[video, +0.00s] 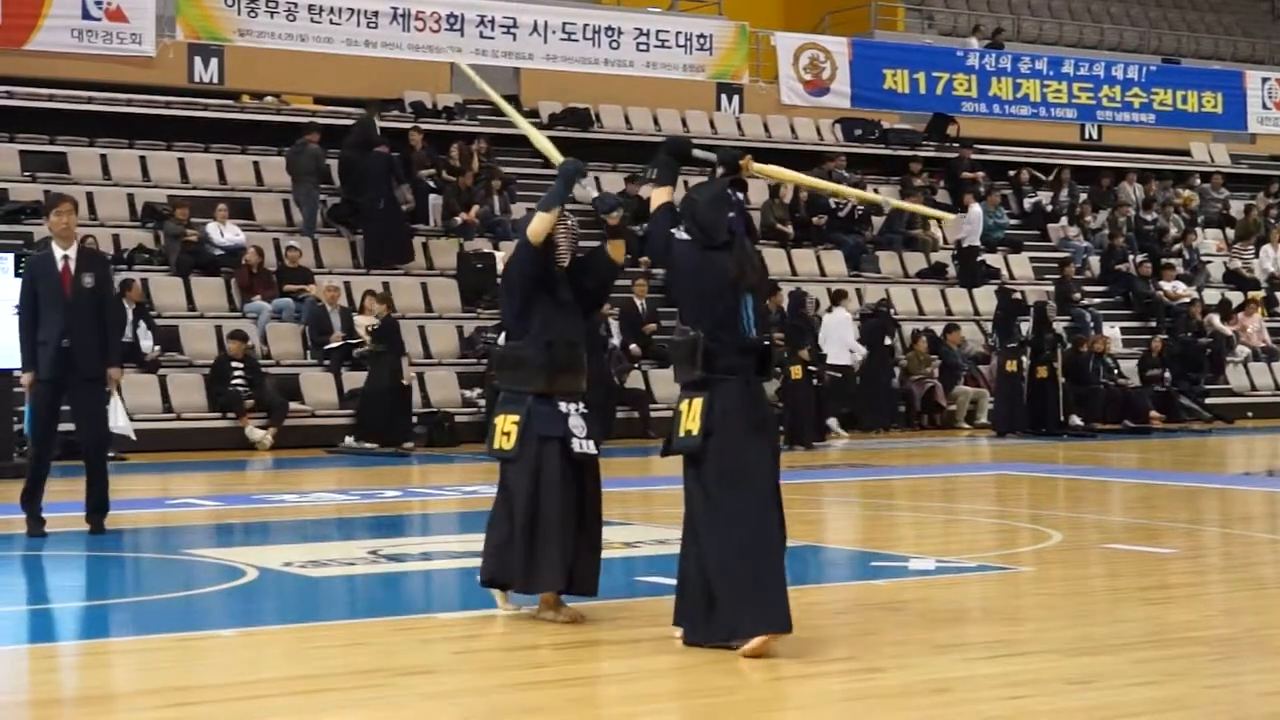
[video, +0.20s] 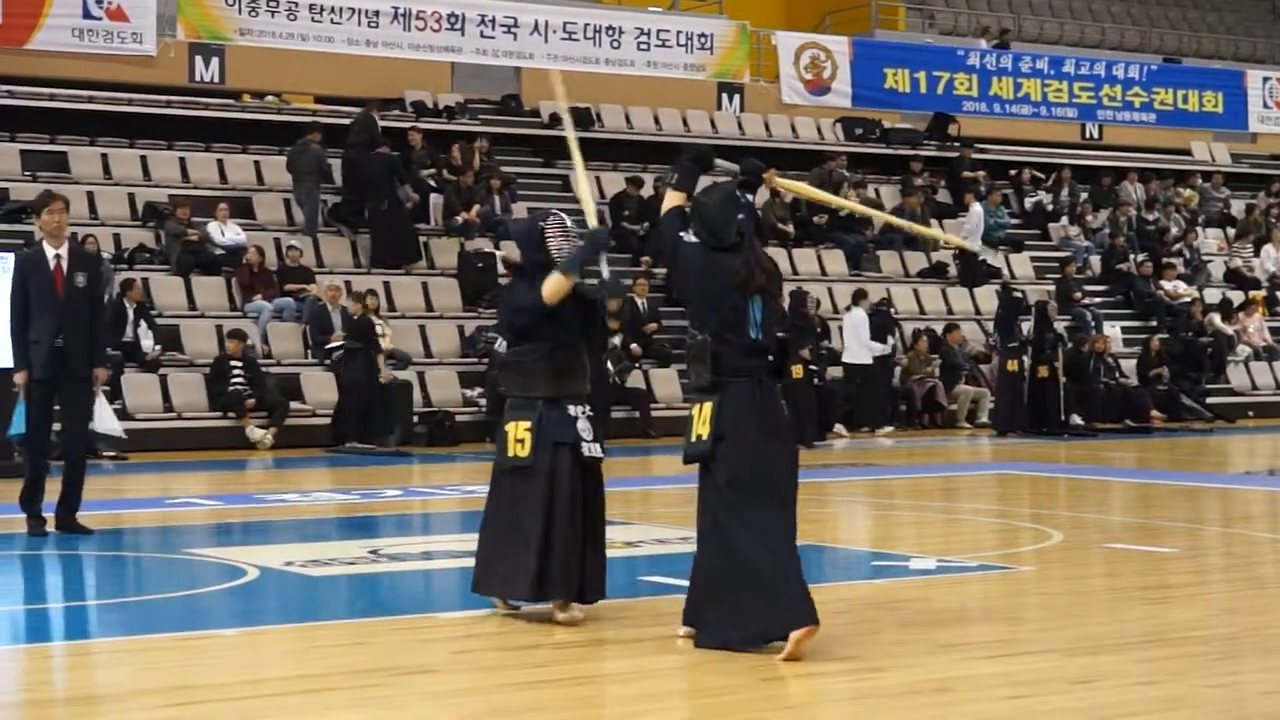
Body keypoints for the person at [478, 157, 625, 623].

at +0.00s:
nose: (565, 238)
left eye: (569, 231)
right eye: (556, 230)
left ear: (575, 239)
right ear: (538, 238)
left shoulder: (580, 280)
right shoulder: (522, 278)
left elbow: (612, 261)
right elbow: (532, 238)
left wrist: (615, 227)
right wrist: (559, 189)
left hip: (573, 400)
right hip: (529, 398)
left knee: (565, 495)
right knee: (529, 489)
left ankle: (552, 596)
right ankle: (499, 568)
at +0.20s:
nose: (567, 248)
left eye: (568, 241)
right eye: (559, 241)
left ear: (567, 248)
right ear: (539, 248)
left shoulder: (576, 292)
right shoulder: (517, 294)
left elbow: (611, 315)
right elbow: (547, 296)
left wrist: (609, 287)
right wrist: (584, 254)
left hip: (572, 402)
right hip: (532, 403)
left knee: (569, 497)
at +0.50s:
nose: (599, 238)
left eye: (597, 231)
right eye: (590, 231)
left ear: (579, 239)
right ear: (570, 240)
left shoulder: (595, 284)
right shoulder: (555, 291)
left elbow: (626, 333)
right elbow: (601, 304)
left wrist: (648, 328)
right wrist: (655, 269)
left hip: (597, 400)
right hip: (569, 404)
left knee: (582, 495)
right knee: (574, 497)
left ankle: (558, 590)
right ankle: (564, 598)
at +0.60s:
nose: (612, 235)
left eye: (611, 227)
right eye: (604, 228)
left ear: (596, 233)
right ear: (583, 234)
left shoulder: (610, 279)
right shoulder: (564, 282)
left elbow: (642, 341)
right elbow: (610, 320)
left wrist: (653, 332)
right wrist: (662, 289)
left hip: (614, 399)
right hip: (578, 402)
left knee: (613, 496)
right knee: (579, 500)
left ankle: (600, 590)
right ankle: (569, 603)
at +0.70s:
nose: (629, 238)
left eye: (629, 230)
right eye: (620, 230)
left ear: (627, 237)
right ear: (597, 236)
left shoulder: (631, 284)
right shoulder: (571, 291)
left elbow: (657, 342)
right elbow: (617, 332)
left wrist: (682, 295)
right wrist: (666, 300)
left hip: (635, 403)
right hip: (592, 405)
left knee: (662, 492)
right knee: (588, 503)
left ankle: (654, 591)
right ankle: (572, 605)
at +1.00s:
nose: (677, 244)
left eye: (681, 236)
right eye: (670, 236)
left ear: (691, 241)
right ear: (653, 243)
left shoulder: (697, 290)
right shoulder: (635, 296)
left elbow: (713, 339)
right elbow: (610, 353)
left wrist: (675, 329)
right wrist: (620, 320)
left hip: (693, 408)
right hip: (643, 410)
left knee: (691, 502)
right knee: (624, 503)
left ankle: (698, 595)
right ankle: (586, 589)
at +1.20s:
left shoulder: (714, 311)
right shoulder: (653, 307)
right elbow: (629, 356)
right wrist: (647, 340)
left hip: (704, 416)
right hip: (659, 414)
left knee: (694, 508)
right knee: (643, 506)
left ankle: (694, 595)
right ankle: (635, 592)